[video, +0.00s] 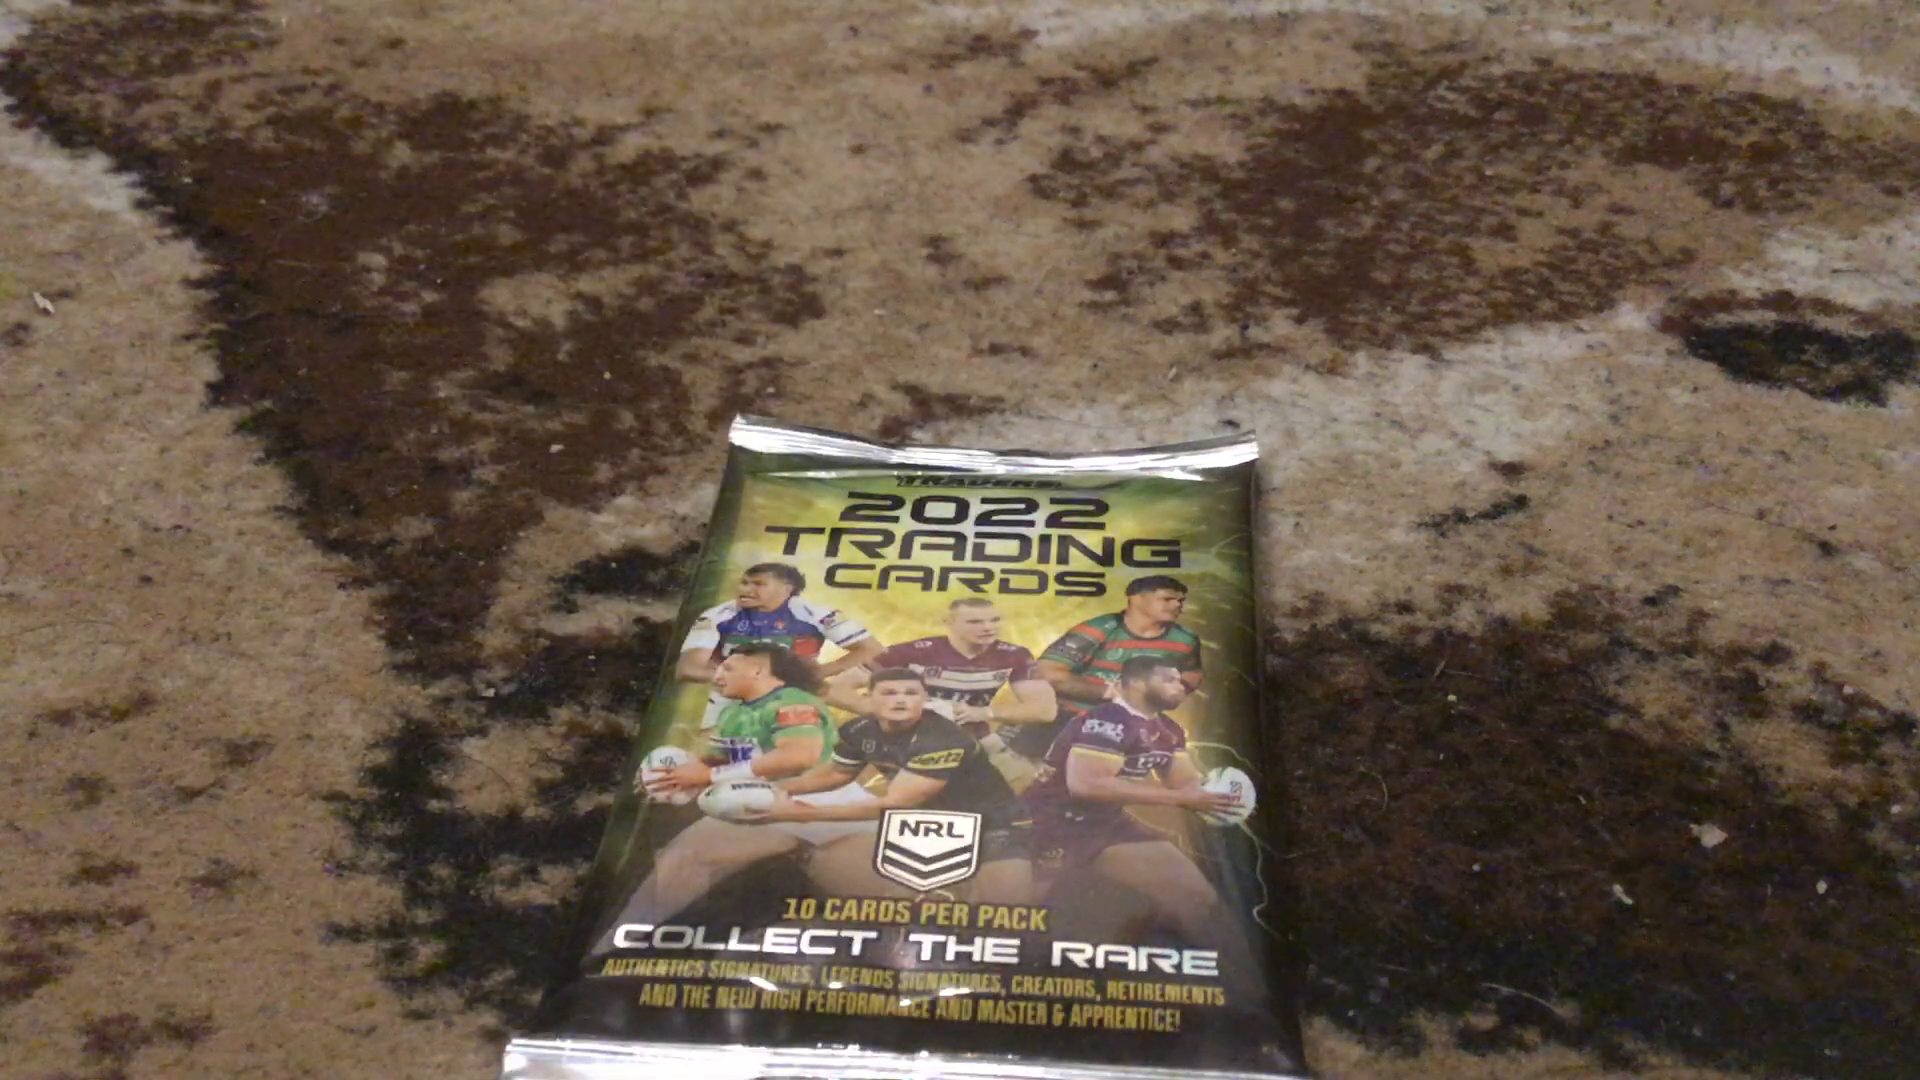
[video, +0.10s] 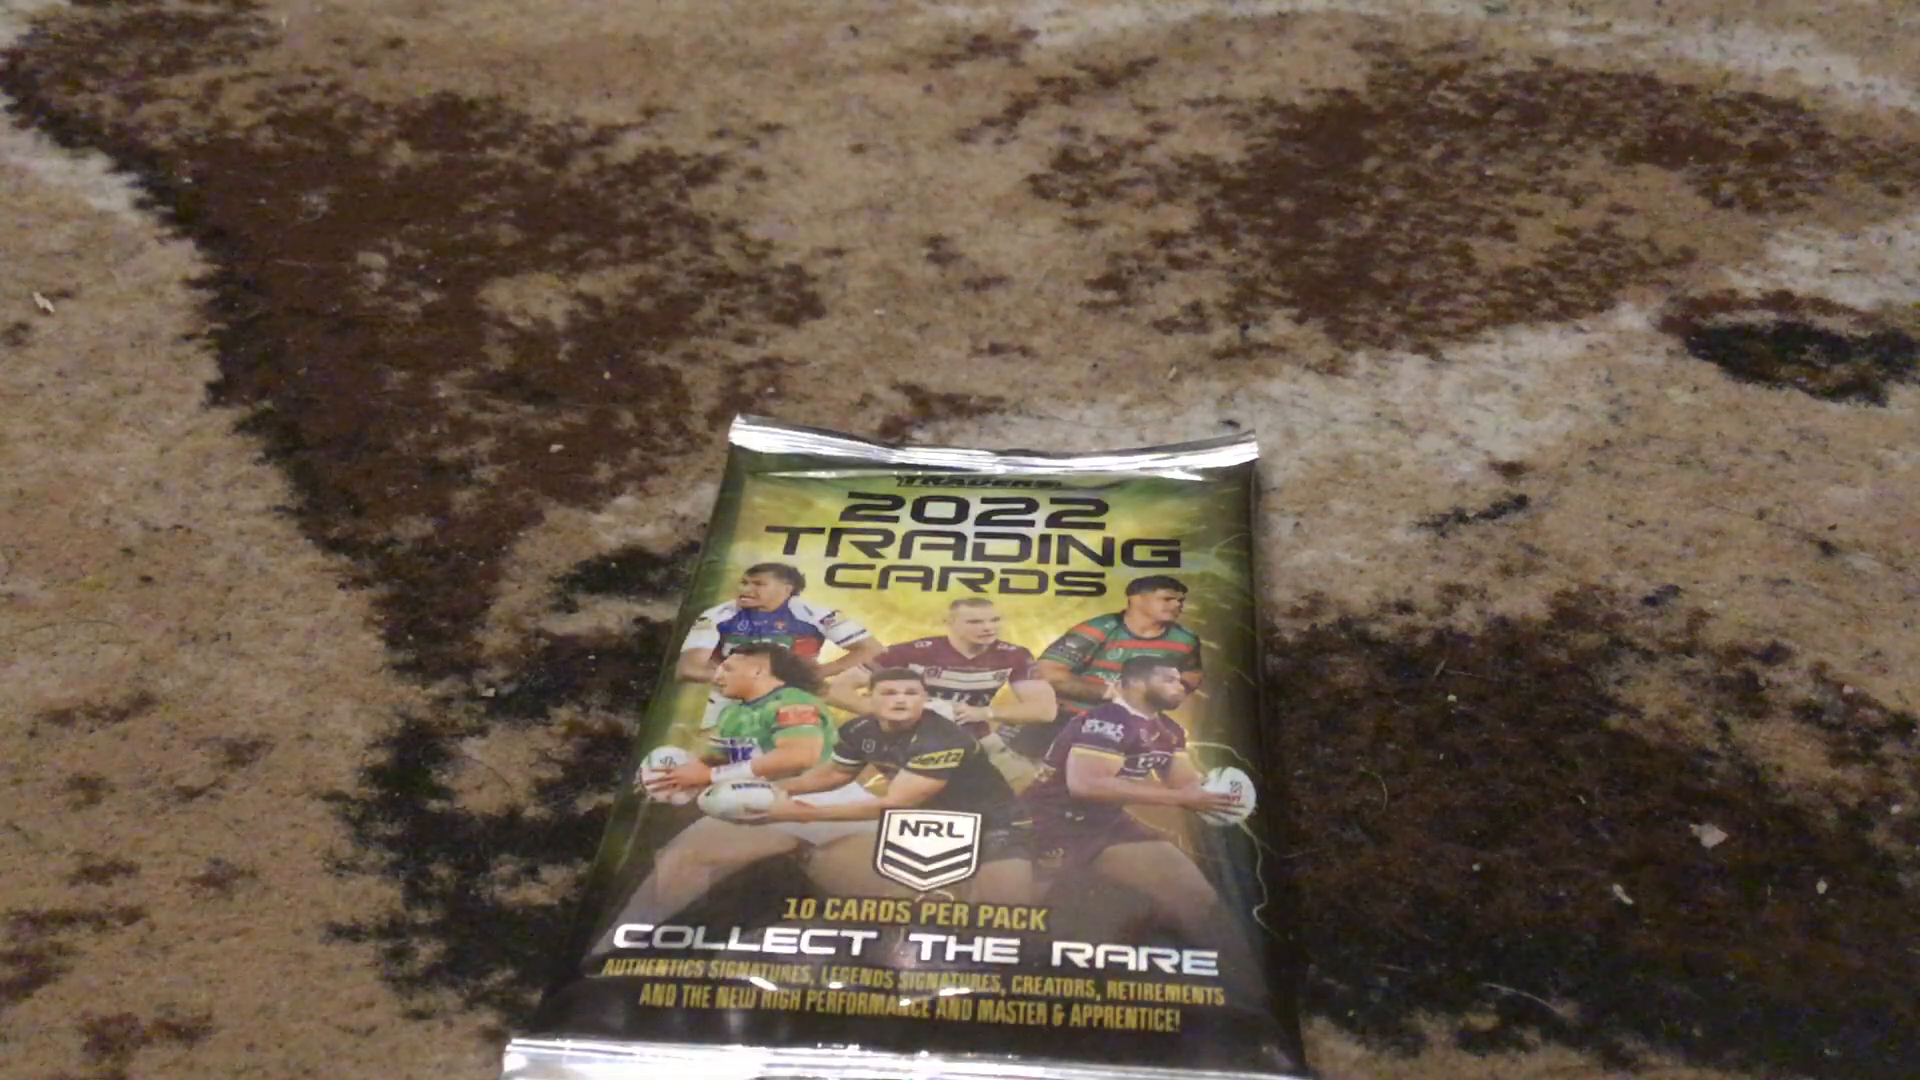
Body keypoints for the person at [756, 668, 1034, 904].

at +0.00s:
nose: (900, 701)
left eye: (910, 693)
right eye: (889, 693)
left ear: (925, 699)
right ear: (871, 699)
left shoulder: (943, 738)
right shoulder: (862, 731)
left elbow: (893, 805)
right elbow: (836, 773)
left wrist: (810, 813)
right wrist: (784, 787)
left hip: (993, 829)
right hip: (927, 825)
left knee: (1002, 919)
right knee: (825, 865)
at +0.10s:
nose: (900, 701)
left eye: (910, 693)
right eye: (889, 693)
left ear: (925, 699)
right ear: (872, 699)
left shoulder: (944, 739)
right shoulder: (861, 731)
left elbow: (892, 806)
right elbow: (835, 772)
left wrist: (807, 813)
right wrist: (786, 787)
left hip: (993, 832)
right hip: (928, 828)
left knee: (1002, 921)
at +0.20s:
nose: (899, 701)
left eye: (910, 694)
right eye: (889, 693)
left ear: (924, 699)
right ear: (873, 699)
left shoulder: (945, 739)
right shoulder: (862, 731)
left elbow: (893, 806)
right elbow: (835, 772)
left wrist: (808, 813)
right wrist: (787, 786)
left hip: (992, 829)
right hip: (929, 827)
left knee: (1003, 917)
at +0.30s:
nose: (900, 700)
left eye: (910, 693)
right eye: (889, 692)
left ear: (925, 698)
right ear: (871, 698)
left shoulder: (943, 738)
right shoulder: (862, 731)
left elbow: (892, 806)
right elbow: (835, 773)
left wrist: (809, 813)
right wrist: (787, 786)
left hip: (994, 828)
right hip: (930, 824)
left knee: (1004, 919)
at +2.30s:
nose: (900, 698)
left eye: (911, 691)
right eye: (889, 690)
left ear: (924, 698)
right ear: (870, 698)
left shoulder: (944, 738)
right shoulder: (860, 731)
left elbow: (892, 805)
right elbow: (834, 772)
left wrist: (808, 812)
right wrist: (783, 785)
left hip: (993, 828)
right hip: (929, 825)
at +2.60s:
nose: (900, 699)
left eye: (910, 692)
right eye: (889, 692)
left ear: (924, 696)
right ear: (871, 697)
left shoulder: (942, 737)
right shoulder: (861, 730)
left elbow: (893, 806)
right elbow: (833, 771)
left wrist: (800, 810)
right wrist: (783, 790)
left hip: (988, 822)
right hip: (927, 816)